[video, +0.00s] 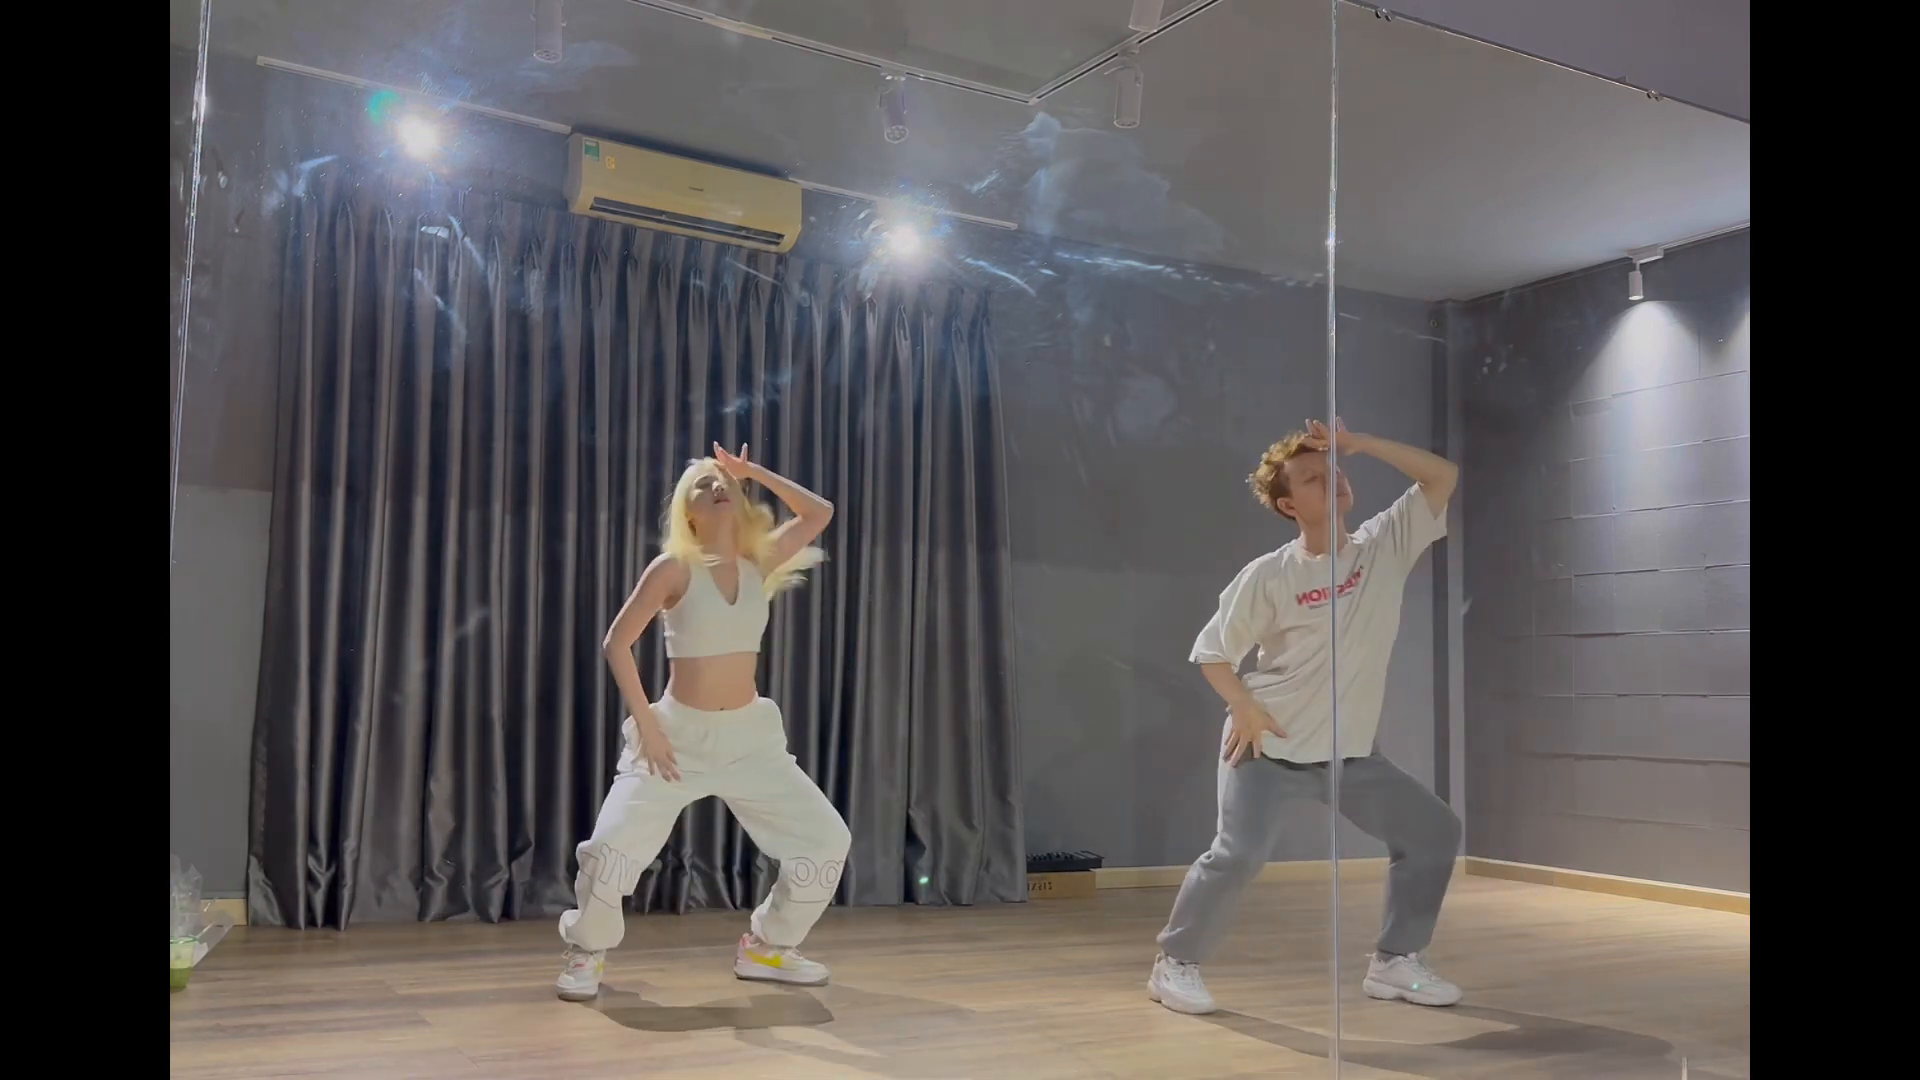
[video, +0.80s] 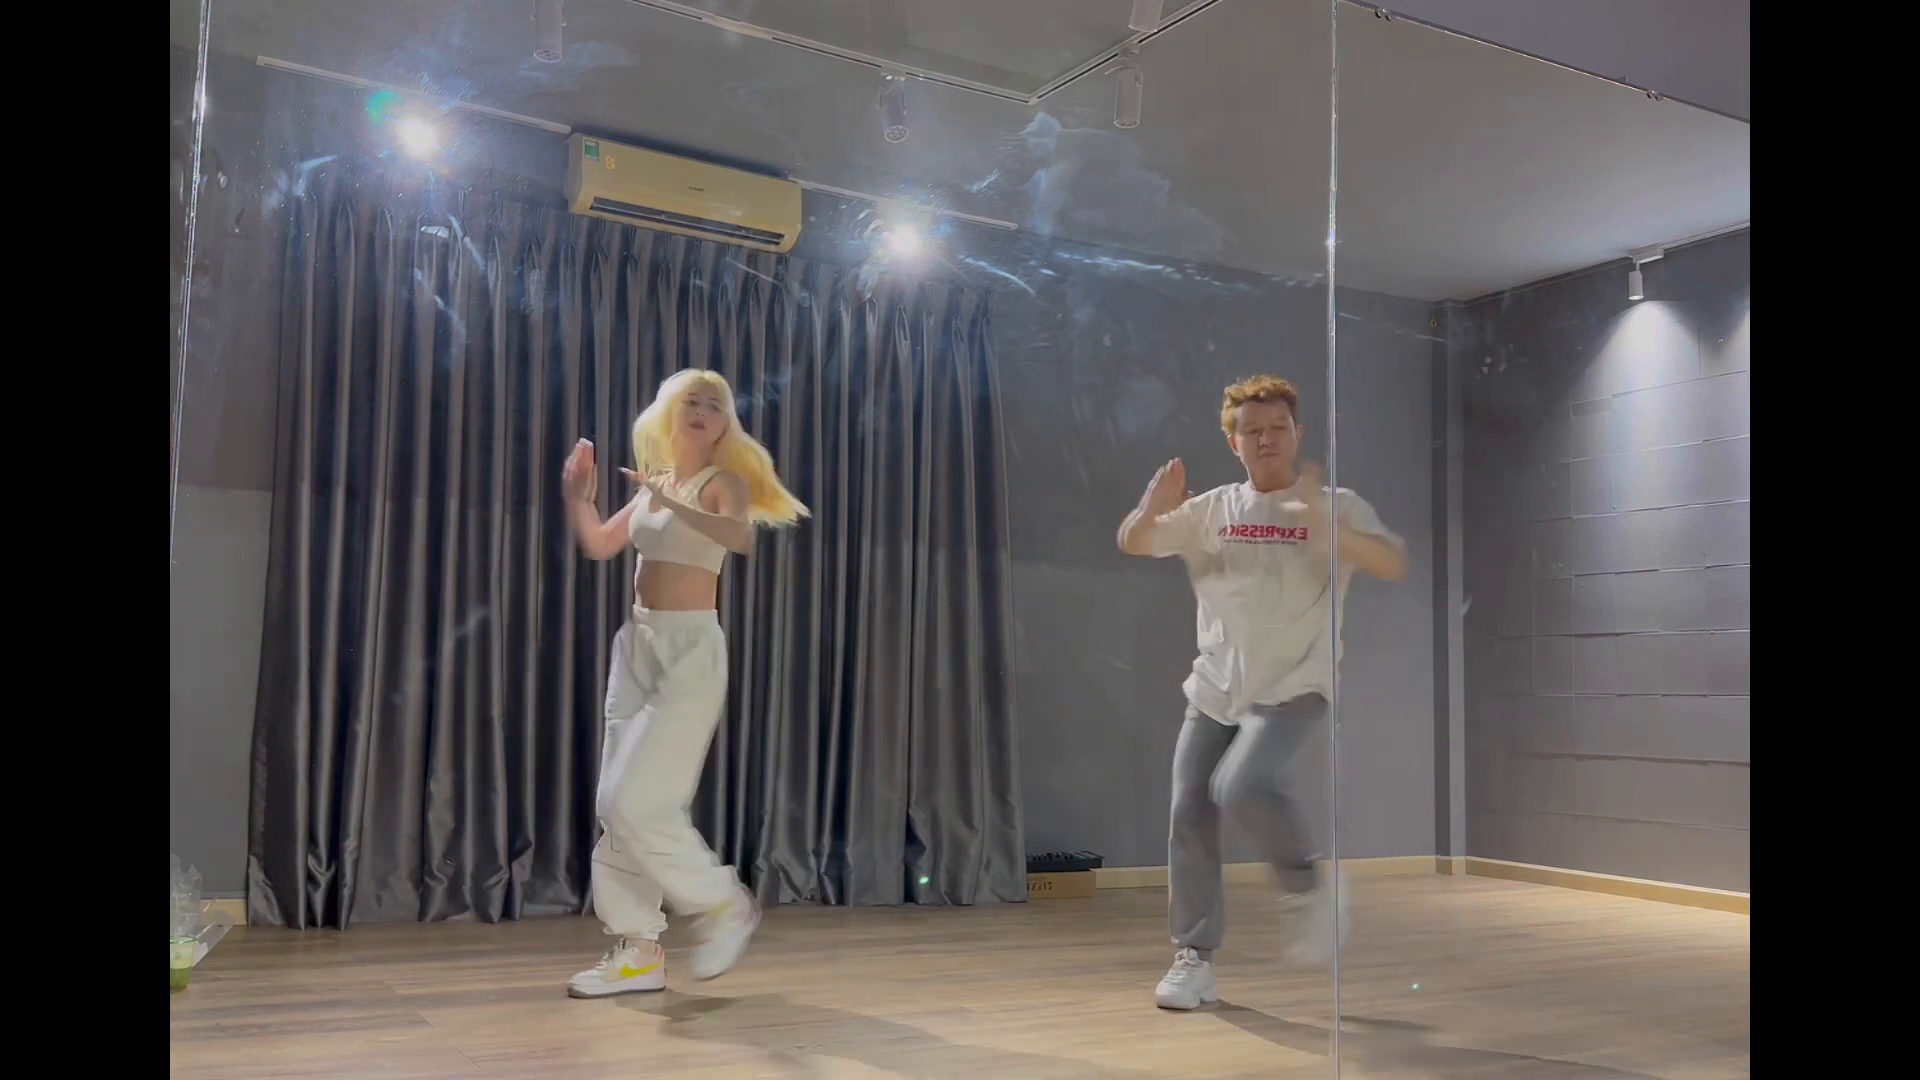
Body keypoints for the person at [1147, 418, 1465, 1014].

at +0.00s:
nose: (1337, 482)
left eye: (1337, 472)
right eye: (1318, 478)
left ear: (1349, 479)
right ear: (1288, 503)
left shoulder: (1383, 547)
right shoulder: (1267, 577)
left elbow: (1441, 477)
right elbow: (1210, 652)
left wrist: (1361, 443)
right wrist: (1243, 703)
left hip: (1349, 755)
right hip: (1269, 754)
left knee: (1434, 831)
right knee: (1238, 854)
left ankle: (1394, 962)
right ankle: (1175, 964)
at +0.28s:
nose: (1342, 464)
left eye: (1351, 456)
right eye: (1328, 453)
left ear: (1359, 472)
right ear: (1294, 464)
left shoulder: (1364, 548)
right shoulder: (1243, 533)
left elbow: (1455, 553)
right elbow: (1210, 607)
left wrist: (1402, 494)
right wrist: (1237, 661)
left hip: (1379, 713)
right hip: (1292, 725)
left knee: (1452, 836)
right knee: (1246, 832)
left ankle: (1426, 951)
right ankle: (1193, 958)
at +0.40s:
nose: (1326, 471)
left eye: (1335, 459)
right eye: (1311, 460)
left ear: (1347, 462)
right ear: (1284, 467)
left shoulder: (1378, 529)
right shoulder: (1255, 525)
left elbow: (1419, 602)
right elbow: (1187, 576)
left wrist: (1374, 538)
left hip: (1378, 708)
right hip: (1294, 712)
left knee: (1422, 837)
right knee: (1249, 829)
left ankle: (1458, 951)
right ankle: (1194, 957)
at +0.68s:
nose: (1280, 442)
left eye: (1292, 431)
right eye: (1267, 432)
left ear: (1313, 440)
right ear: (1247, 442)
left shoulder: (1349, 515)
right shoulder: (1229, 511)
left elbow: (1443, 560)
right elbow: (1196, 550)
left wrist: (1378, 519)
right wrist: (1179, 538)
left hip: (1332, 698)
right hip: (1247, 696)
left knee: (1355, 830)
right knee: (1204, 810)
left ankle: (1427, 926)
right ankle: (1195, 957)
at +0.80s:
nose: (1268, 439)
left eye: (1278, 428)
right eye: (1254, 431)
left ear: (1297, 434)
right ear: (1235, 443)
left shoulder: (1334, 507)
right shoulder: (1212, 510)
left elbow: (1393, 564)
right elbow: (1133, 543)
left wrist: (1324, 528)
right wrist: (1152, 507)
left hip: (1297, 684)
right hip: (1219, 684)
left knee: (1241, 785)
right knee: (1189, 812)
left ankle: (1310, 890)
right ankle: (1194, 957)